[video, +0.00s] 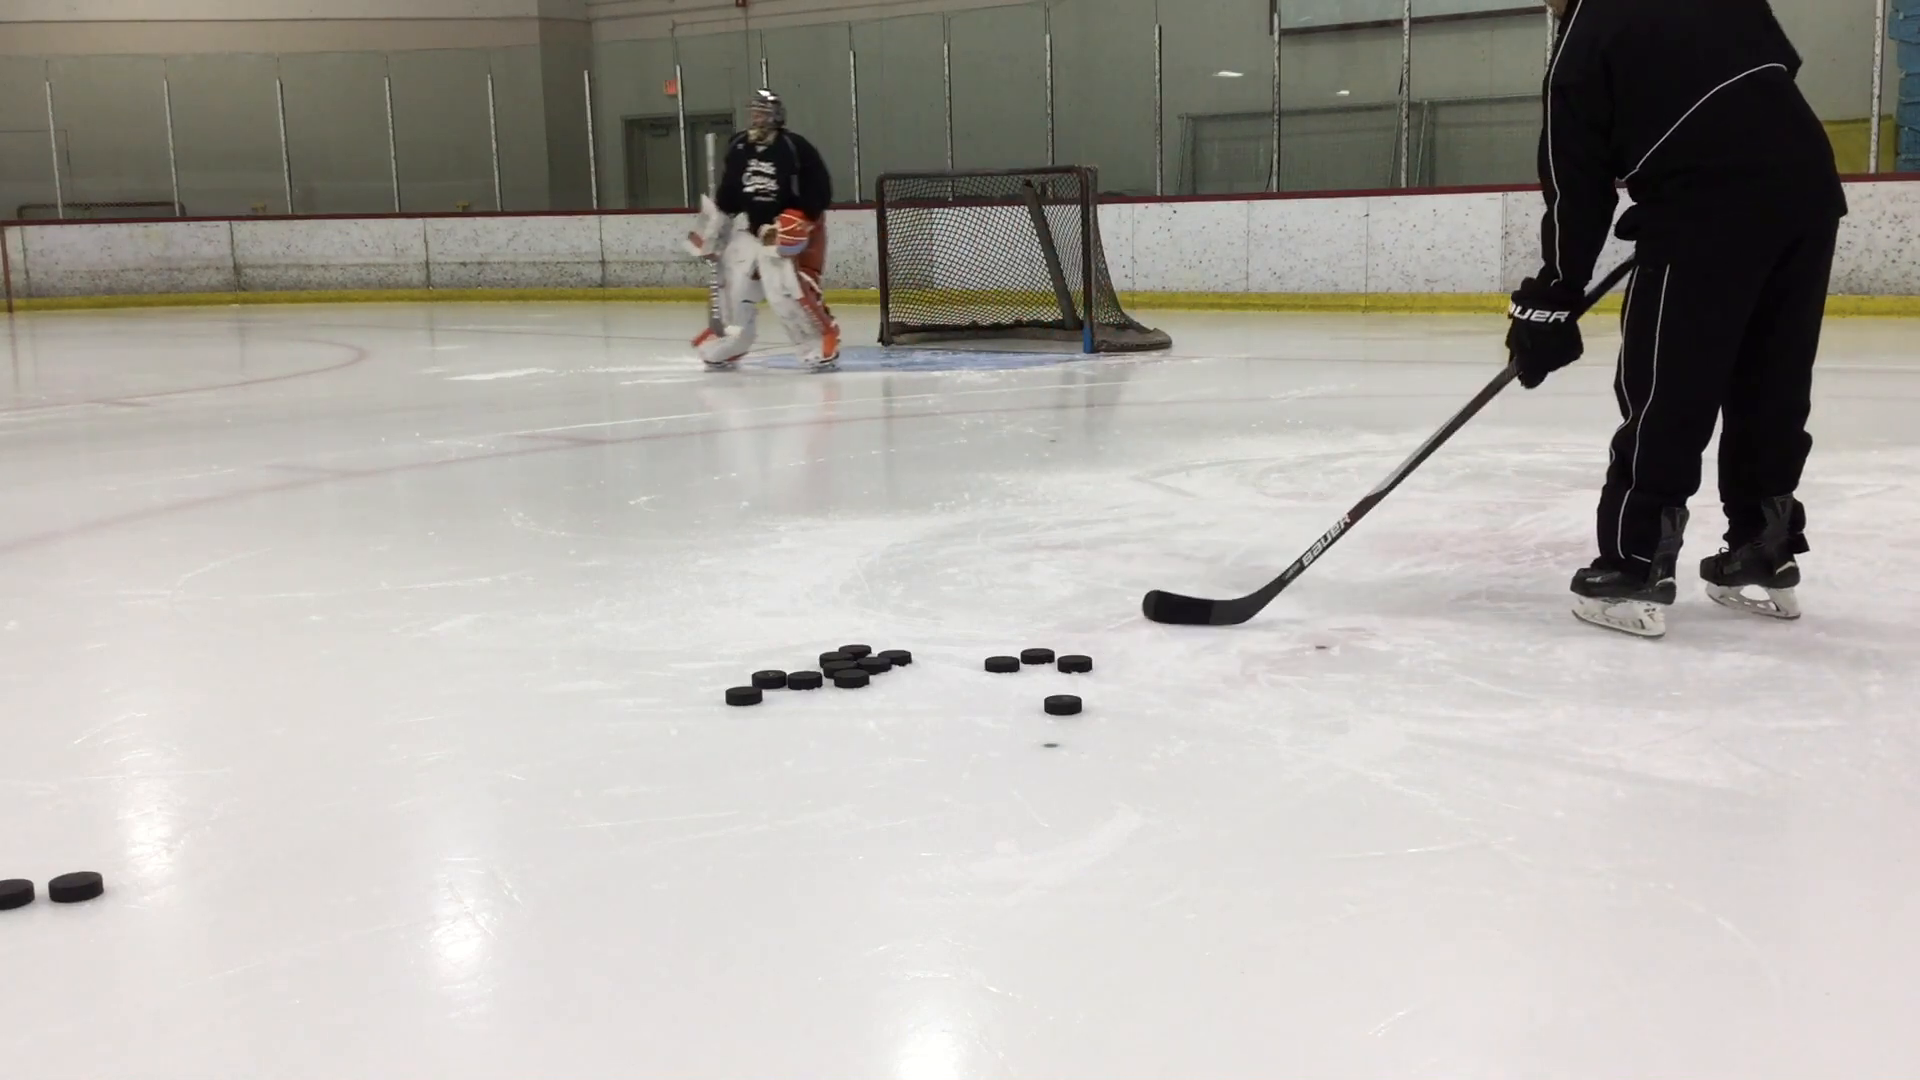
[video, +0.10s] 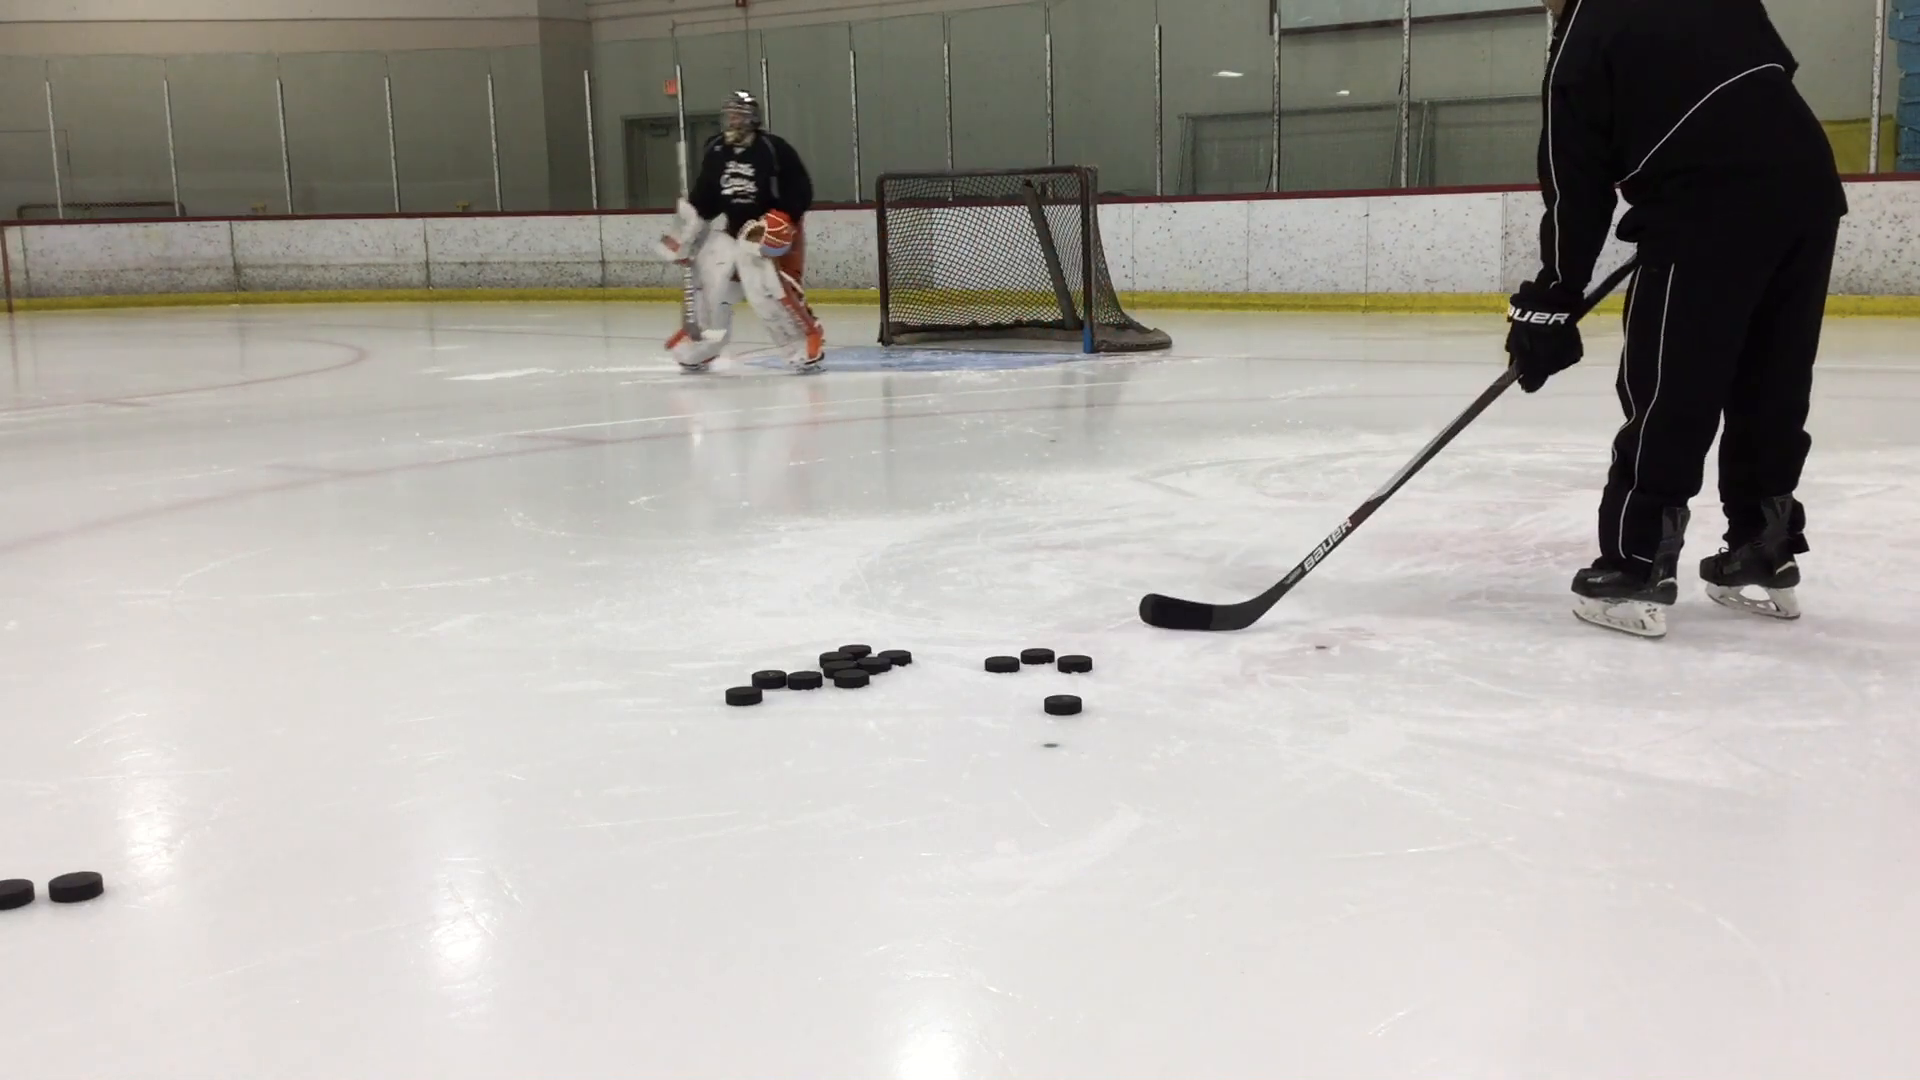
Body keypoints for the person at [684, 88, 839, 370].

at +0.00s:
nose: (756, 119)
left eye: (763, 114)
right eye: (753, 114)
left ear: (777, 118)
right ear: (749, 115)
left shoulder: (796, 149)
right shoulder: (740, 147)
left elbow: (817, 194)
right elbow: (729, 193)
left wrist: (788, 227)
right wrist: (711, 228)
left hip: (780, 238)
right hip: (743, 234)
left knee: (784, 296)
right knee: (734, 290)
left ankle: (816, 349)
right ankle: (730, 345)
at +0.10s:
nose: (733, 122)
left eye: (739, 116)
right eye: (728, 116)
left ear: (753, 119)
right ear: (724, 119)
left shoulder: (775, 150)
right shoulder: (716, 150)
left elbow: (800, 191)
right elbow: (705, 195)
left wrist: (777, 223)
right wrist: (684, 231)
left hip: (761, 236)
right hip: (724, 232)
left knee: (766, 295)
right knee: (707, 283)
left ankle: (802, 348)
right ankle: (700, 348)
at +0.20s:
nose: (709, 125)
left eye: (715, 119)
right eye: (705, 119)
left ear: (730, 122)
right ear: (700, 122)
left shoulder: (755, 154)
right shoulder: (693, 155)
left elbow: (781, 194)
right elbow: (678, 201)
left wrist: (763, 223)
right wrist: (655, 239)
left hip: (743, 240)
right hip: (705, 237)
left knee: (751, 296)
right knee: (685, 288)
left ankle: (787, 351)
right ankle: (671, 351)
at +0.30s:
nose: (686, 129)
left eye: (692, 124)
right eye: (683, 124)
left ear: (707, 126)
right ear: (680, 126)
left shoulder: (734, 156)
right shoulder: (672, 158)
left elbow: (762, 194)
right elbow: (653, 207)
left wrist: (749, 223)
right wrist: (629, 245)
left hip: (723, 242)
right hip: (685, 241)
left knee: (739, 299)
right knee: (664, 297)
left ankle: (770, 355)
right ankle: (644, 354)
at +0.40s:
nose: (667, 141)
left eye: (674, 135)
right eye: (664, 136)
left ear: (689, 136)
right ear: (660, 137)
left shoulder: (719, 162)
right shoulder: (653, 168)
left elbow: (749, 202)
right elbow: (633, 216)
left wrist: (732, 233)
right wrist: (610, 257)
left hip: (710, 247)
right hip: (670, 249)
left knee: (726, 304)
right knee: (654, 304)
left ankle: (755, 359)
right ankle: (633, 362)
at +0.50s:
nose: (659, 149)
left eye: (665, 144)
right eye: (655, 144)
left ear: (680, 145)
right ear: (650, 147)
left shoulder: (710, 170)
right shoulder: (643, 176)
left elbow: (741, 205)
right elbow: (622, 224)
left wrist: (728, 234)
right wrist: (598, 267)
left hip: (702, 250)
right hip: (661, 253)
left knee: (715, 306)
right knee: (646, 307)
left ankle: (741, 362)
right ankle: (621, 366)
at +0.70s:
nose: (661, 159)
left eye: (667, 153)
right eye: (657, 153)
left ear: (682, 154)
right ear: (652, 154)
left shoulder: (711, 179)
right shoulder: (645, 183)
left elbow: (744, 213)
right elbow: (627, 230)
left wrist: (729, 243)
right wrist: (601, 269)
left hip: (702, 260)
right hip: (662, 262)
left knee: (717, 309)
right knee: (635, 311)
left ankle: (747, 363)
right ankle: (601, 362)